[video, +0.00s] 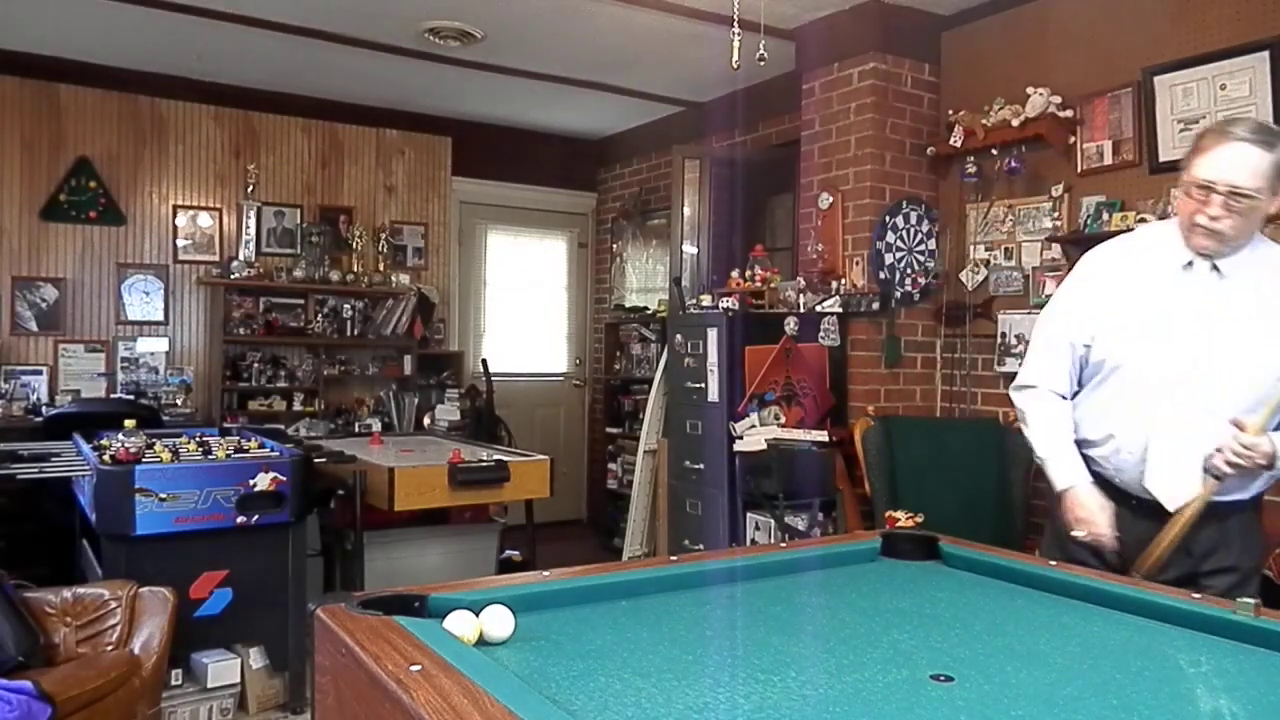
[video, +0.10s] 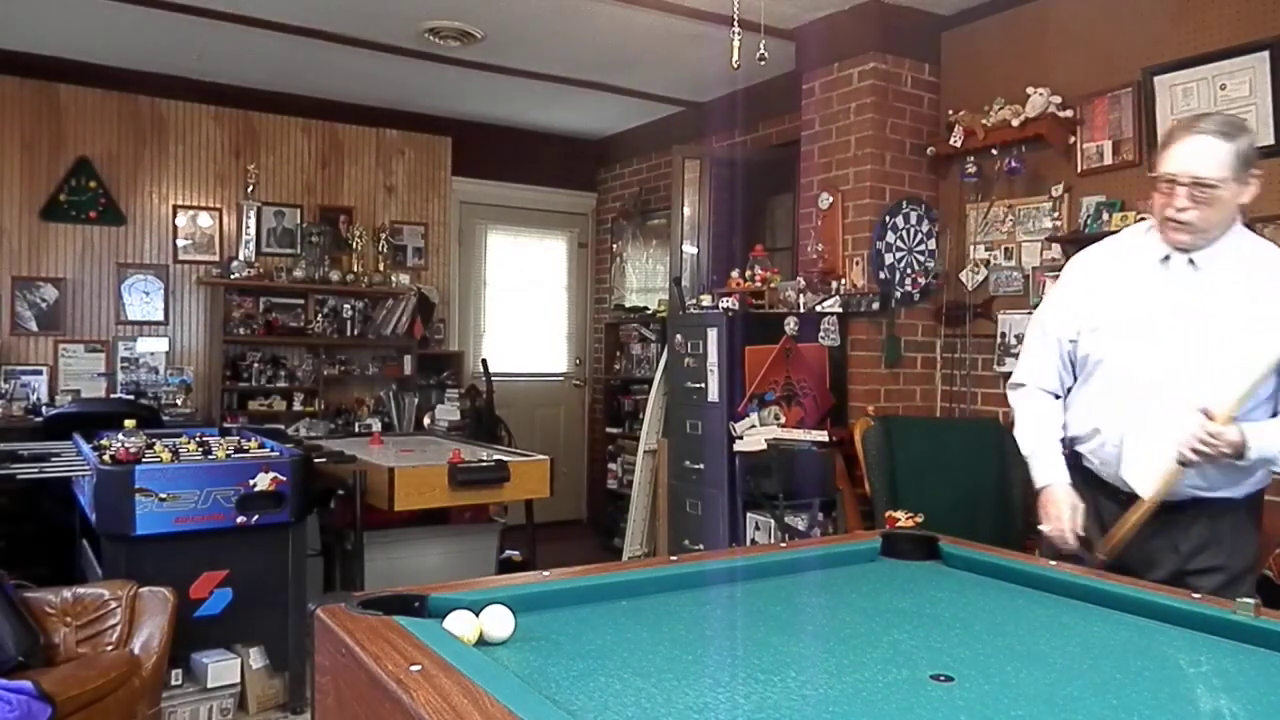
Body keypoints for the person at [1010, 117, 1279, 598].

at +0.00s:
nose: (1212, 211)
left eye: (1238, 198)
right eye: (1202, 190)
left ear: (1270, 206)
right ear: (1179, 185)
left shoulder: (1274, 278)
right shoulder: (1110, 266)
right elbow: (1038, 385)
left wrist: (1270, 452)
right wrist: (1075, 488)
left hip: (1224, 532)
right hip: (1102, 520)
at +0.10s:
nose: (1178, 203)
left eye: (1202, 188)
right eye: (1166, 185)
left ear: (1248, 188)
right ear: (1150, 182)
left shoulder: (1270, 278)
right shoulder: (1094, 269)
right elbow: (1033, 383)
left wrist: (1245, 442)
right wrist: (1051, 482)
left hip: (1213, 530)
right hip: (1094, 518)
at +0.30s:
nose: (1112, 195)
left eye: (1131, 178)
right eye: (1103, 180)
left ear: (1182, 174)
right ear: (1094, 181)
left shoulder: (1245, 274)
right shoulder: (1066, 277)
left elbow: (1271, 407)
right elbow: (1024, 390)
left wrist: (1187, 417)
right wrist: (1026, 478)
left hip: (1196, 524)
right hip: (1084, 517)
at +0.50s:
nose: (1057, 197)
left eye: (1072, 178)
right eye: (1048, 187)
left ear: (1121, 171)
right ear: (1043, 194)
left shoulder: (1196, 261)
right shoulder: (1043, 288)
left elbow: (1251, 380)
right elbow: (1015, 399)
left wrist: (1130, 403)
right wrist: (1011, 471)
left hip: (1182, 513)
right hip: (1076, 510)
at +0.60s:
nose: (1036, 202)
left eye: (1047, 184)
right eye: (1028, 193)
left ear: (1096, 173)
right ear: (1024, 200)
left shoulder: (1174, 257)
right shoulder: (1033, 292)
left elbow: (1230, 375)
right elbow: (1013, 401)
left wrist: (1111, 409)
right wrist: (1011, 470)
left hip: (1172, 507)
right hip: (1069, 507)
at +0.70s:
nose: (1021, 203)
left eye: (1033, 183)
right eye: (1012, 194)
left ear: (1081, 174)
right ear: (1010, 204)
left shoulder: (1154, 253)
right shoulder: (1024, 296)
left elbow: (1215, 371)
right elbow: (1013, 398)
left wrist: (1100, 417)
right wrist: (1011, 467)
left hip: (1163, 501)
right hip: (1061, 504)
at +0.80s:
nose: (1012, 201)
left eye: (1024, 182)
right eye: (1004, 191)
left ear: (1070, 175)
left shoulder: (1143, 250)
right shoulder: (1020, 293)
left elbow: (1208, 370)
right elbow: (1012, 392)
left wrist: (1101, 432)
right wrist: (1013, 463)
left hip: (1155, 498)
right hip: (1055, 500)